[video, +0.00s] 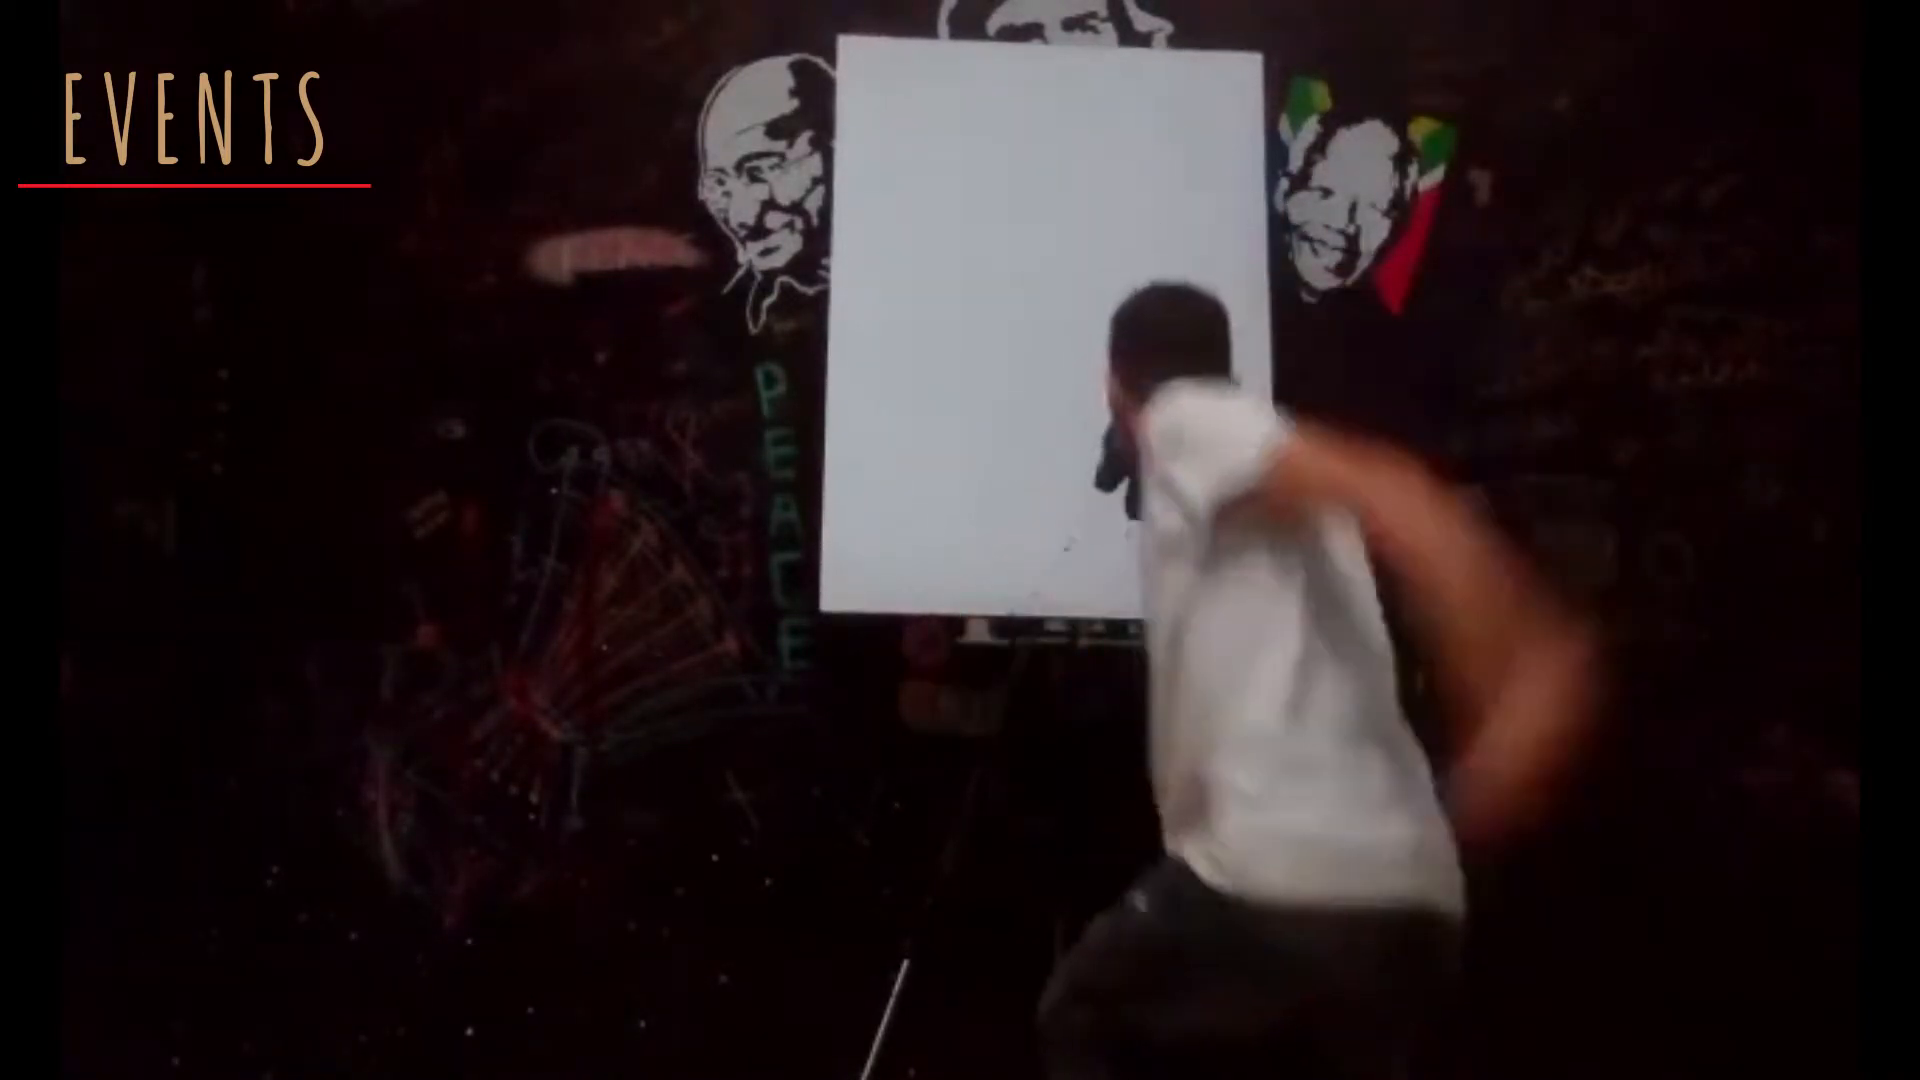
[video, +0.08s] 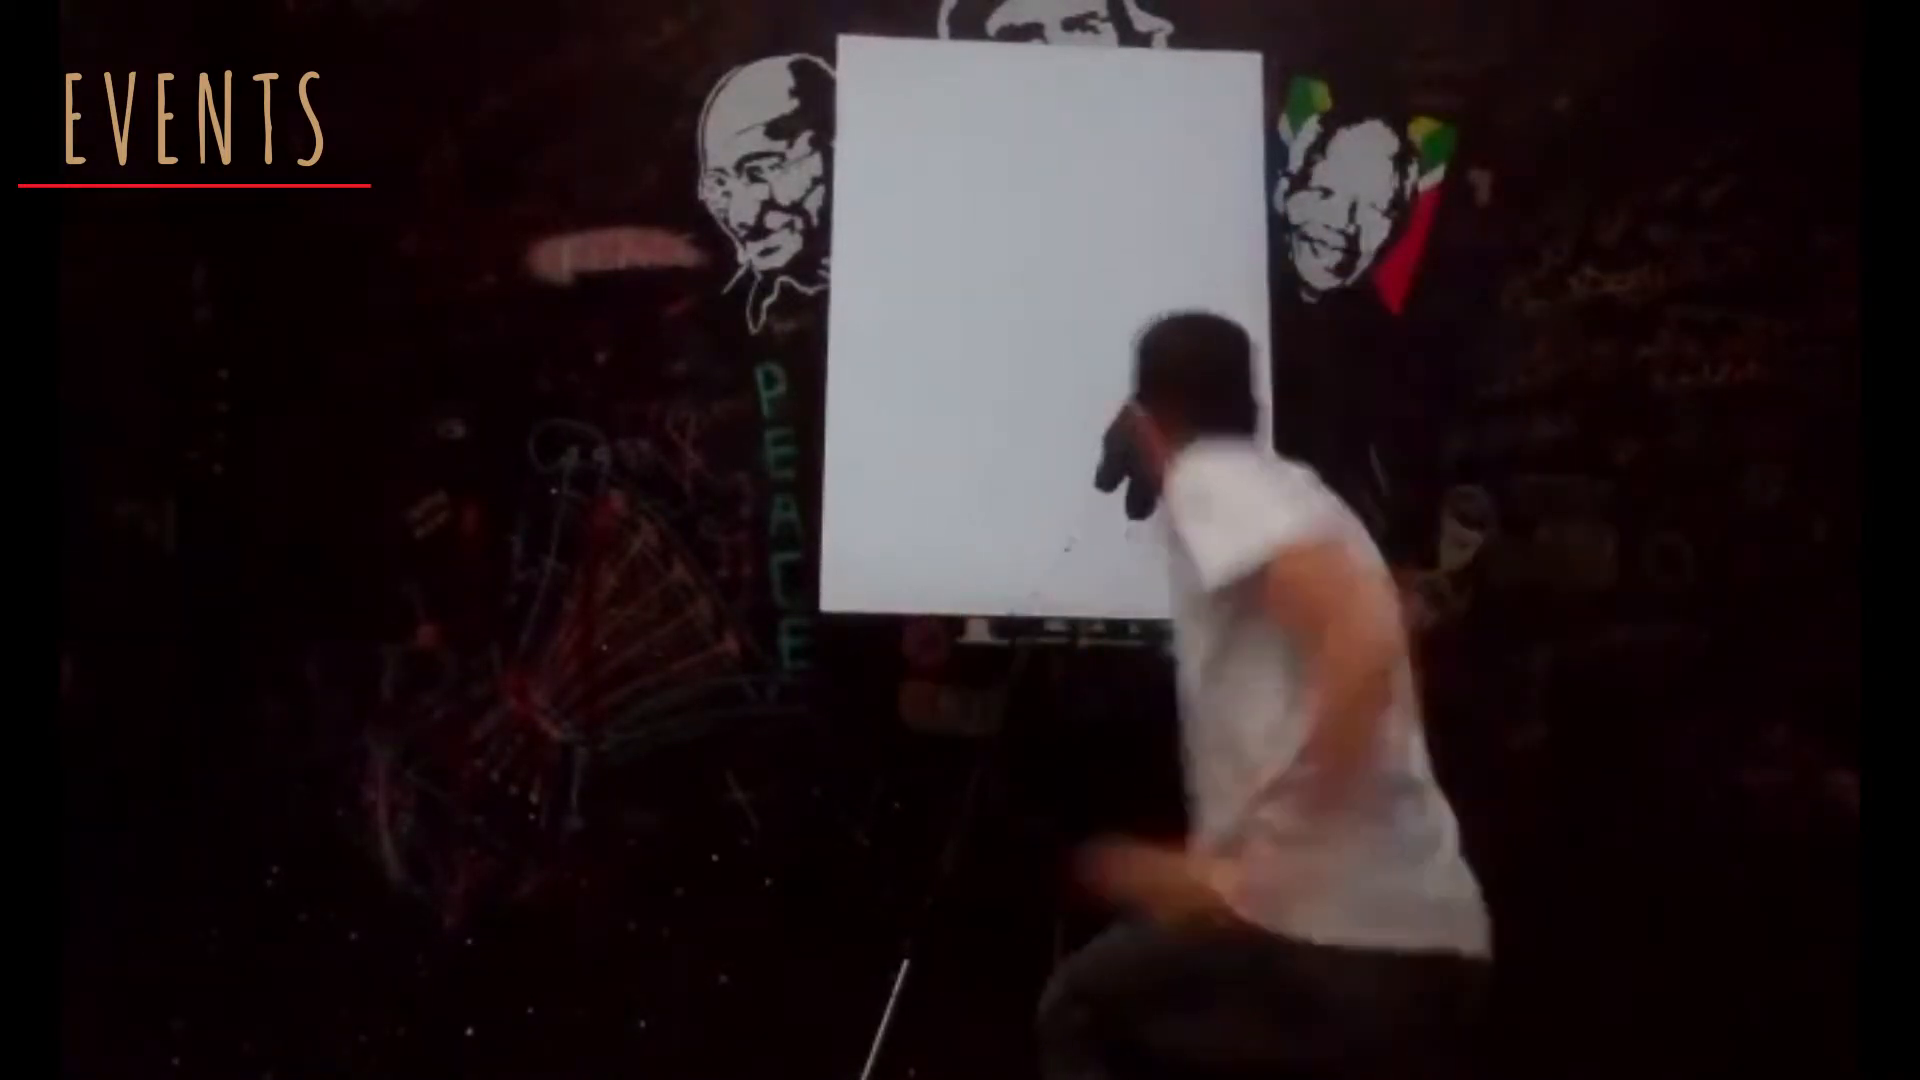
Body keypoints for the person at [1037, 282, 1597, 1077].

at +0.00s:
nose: (1107, 403)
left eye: (1107, 383)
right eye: (1112, 385)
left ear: (1119, 381)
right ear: (1222, 365)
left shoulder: (1183, 417)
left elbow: (1390, 488)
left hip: (1273, 876)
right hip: (1405, 883)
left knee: (1082, 1024)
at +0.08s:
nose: (1125, 427)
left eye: (1133, 405)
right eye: (1133, 403)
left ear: (1149, 416)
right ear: (1242, 408)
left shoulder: (1209, 476)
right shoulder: (1304, 492)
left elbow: (1361, 637)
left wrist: (1256, 865)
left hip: (1338, 937)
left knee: (1085, 1008)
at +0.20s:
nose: (1150, 485)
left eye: (1144, 462)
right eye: (1139, 471)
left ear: (1161, 428)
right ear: (1258, 423)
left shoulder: (1209, 498)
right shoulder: (1353, 523)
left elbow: (1245, 727)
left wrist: (1117, 826)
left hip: (1321, 938)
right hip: (1453, 945)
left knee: (1092, 1007)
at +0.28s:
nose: (1172, 435)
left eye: (1171, 421)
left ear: (1179, 426)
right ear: (1294, 421)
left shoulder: (1172, 524)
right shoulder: (1369, 522)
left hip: (1284, 946)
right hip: (1452, 958)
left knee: (1095, 1013)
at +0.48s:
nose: (1170, 425)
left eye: (1174, 412)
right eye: (1175, 412)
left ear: (1187, 426)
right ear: (1298, 428)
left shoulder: (1135, 521)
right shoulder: (1373, 523)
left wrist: (1133, 472)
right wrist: (1208, 472)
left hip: (1196, 928)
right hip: (1386, 938)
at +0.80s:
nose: (1208, 365)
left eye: (1214, 352)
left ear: (1222, 356)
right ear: (1334, 352)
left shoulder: (1191, 433)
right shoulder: (1414, 436)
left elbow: (1087, 462)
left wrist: (1147, 378)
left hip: (1243, 845)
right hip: (1433, 854)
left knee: (1110, 1018)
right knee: (1444, 1041)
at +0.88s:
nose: (1264, 313)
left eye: (1259, 297)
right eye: (1264, 300)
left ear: (1273, 286)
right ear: (1376, 277)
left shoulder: (1260, 344)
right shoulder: (1489, 347)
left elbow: (1122, 417)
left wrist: (1174, 301)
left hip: (1354, 770)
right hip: (1551, 773)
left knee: (1189, 988)